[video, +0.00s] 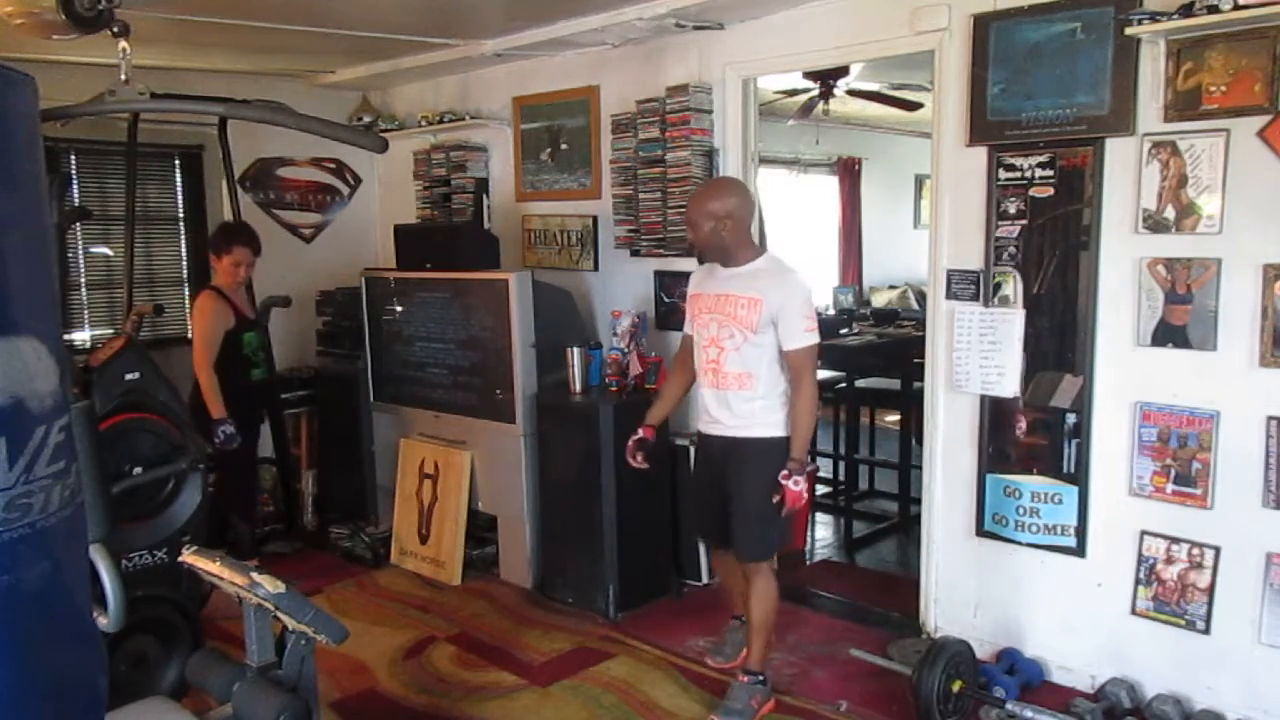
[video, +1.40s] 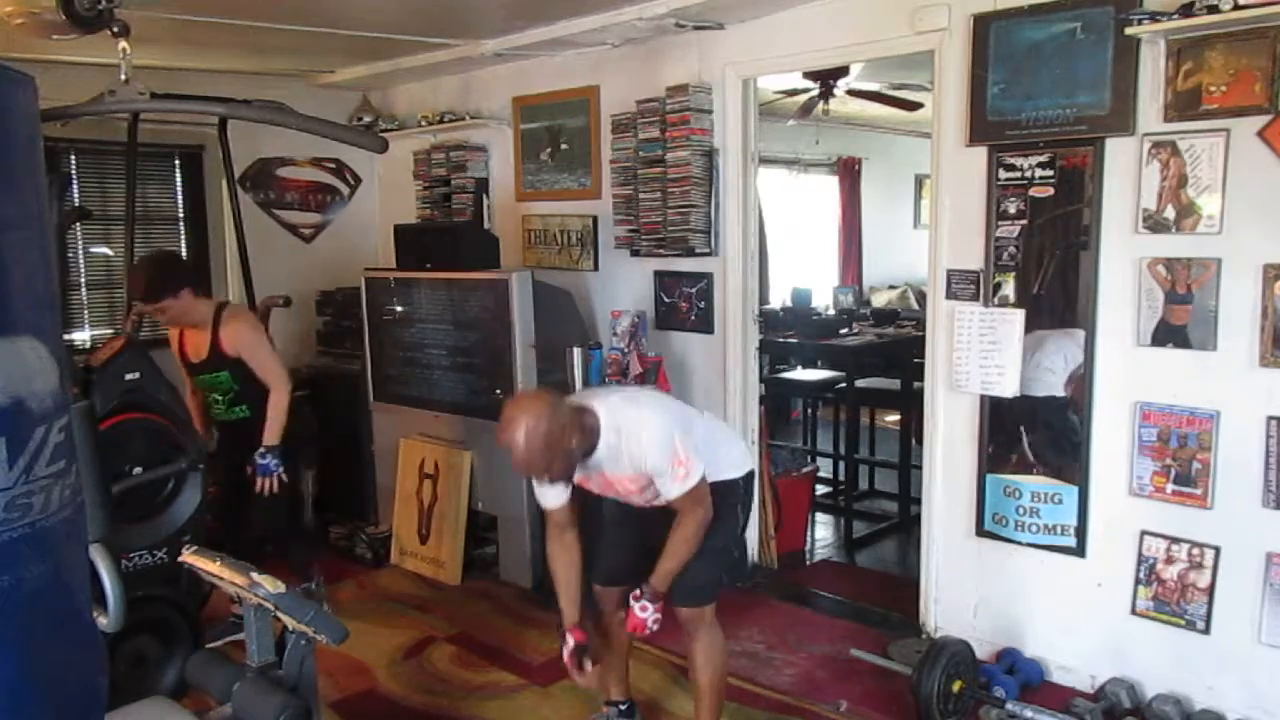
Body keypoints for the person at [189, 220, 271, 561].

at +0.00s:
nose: (244, 273)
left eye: (249, 265)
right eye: (236, 265)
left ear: (255, 262)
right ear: (215, 262)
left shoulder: (243, 292)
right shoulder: (210, 303)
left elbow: (246, 350)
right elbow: (202, 365)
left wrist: (262, 391)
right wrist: (221, 418)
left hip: (247, 402)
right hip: (225, 407)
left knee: (244, 480)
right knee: (232, 484)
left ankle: (243, 548)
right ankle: (230, 552)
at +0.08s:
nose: (244, 273)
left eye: (250, 266)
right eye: (237, 265)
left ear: (255, 263)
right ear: (216, 261)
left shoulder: (244, 294)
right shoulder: (211, 304)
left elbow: (246, 346)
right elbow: (201, 367)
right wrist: (218, 421)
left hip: (251, 405)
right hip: (229, 411)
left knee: (247, 482)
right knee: (236, 486)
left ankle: (246, 548)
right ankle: (233, 553)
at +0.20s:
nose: (244, 274)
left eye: (249, 267)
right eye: (236, 266)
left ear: (256, 263)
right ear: (216, 262)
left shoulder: (248, 294)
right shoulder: (212, 306)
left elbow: (254, 351)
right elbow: (199, 369)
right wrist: (213, 424)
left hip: (259, 406)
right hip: (234, 411)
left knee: (252, 483)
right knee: (240, 487)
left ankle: (250, 548)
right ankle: (238, 553)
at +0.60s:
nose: (235, 279)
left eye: (243, 270)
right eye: (227, 271)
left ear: (257, 263)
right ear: (214, 265)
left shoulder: (271, 300)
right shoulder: (210, 311)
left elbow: (288, 354)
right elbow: (194, 377)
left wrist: (324, 395)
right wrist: (204, 434)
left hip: (276, 414)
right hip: (234, 420)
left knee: (295, 481)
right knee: (241, 498)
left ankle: (294, 557)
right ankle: (243, 566)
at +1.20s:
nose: (198, 300)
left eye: (203, 291)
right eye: (193, 293)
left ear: (229, 278)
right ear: (190, 287)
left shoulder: (270, 314)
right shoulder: (205, 324)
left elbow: (313, 370)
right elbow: (212, 378)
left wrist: (313, 430)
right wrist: (211, 435)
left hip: (287, 429)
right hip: (243, 432)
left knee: (301, 507)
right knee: (233, 507)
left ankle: (316, 586)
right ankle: (246, 589)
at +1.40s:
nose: (161, 319)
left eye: (163, 309)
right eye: (155, 313)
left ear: (186, 292)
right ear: (155, 308)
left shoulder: (236, 325)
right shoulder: (180, 333)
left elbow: (280, 384)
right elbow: (194, 389)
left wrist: (270, 450)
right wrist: (202, 439)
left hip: (264, 434)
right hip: (227, 439)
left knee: (267, 518)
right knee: (226, 520)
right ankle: (239, 603)